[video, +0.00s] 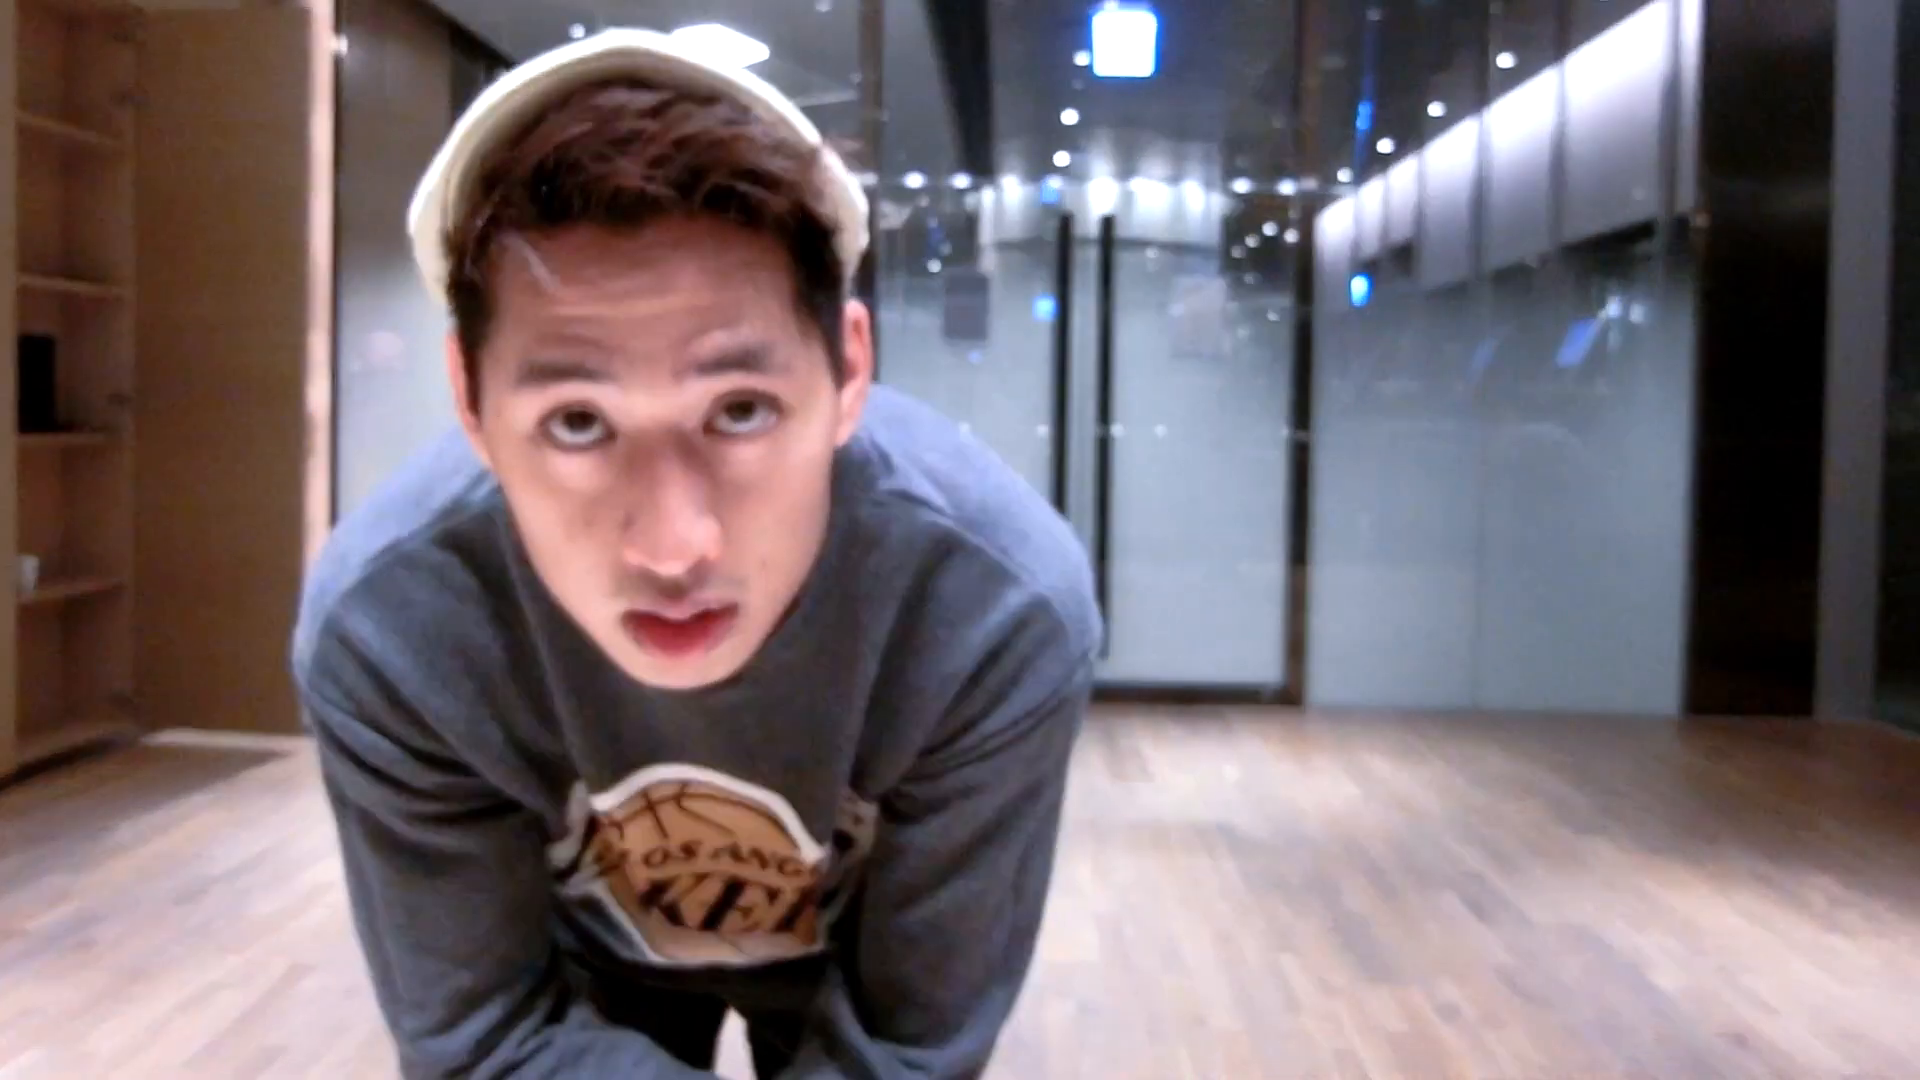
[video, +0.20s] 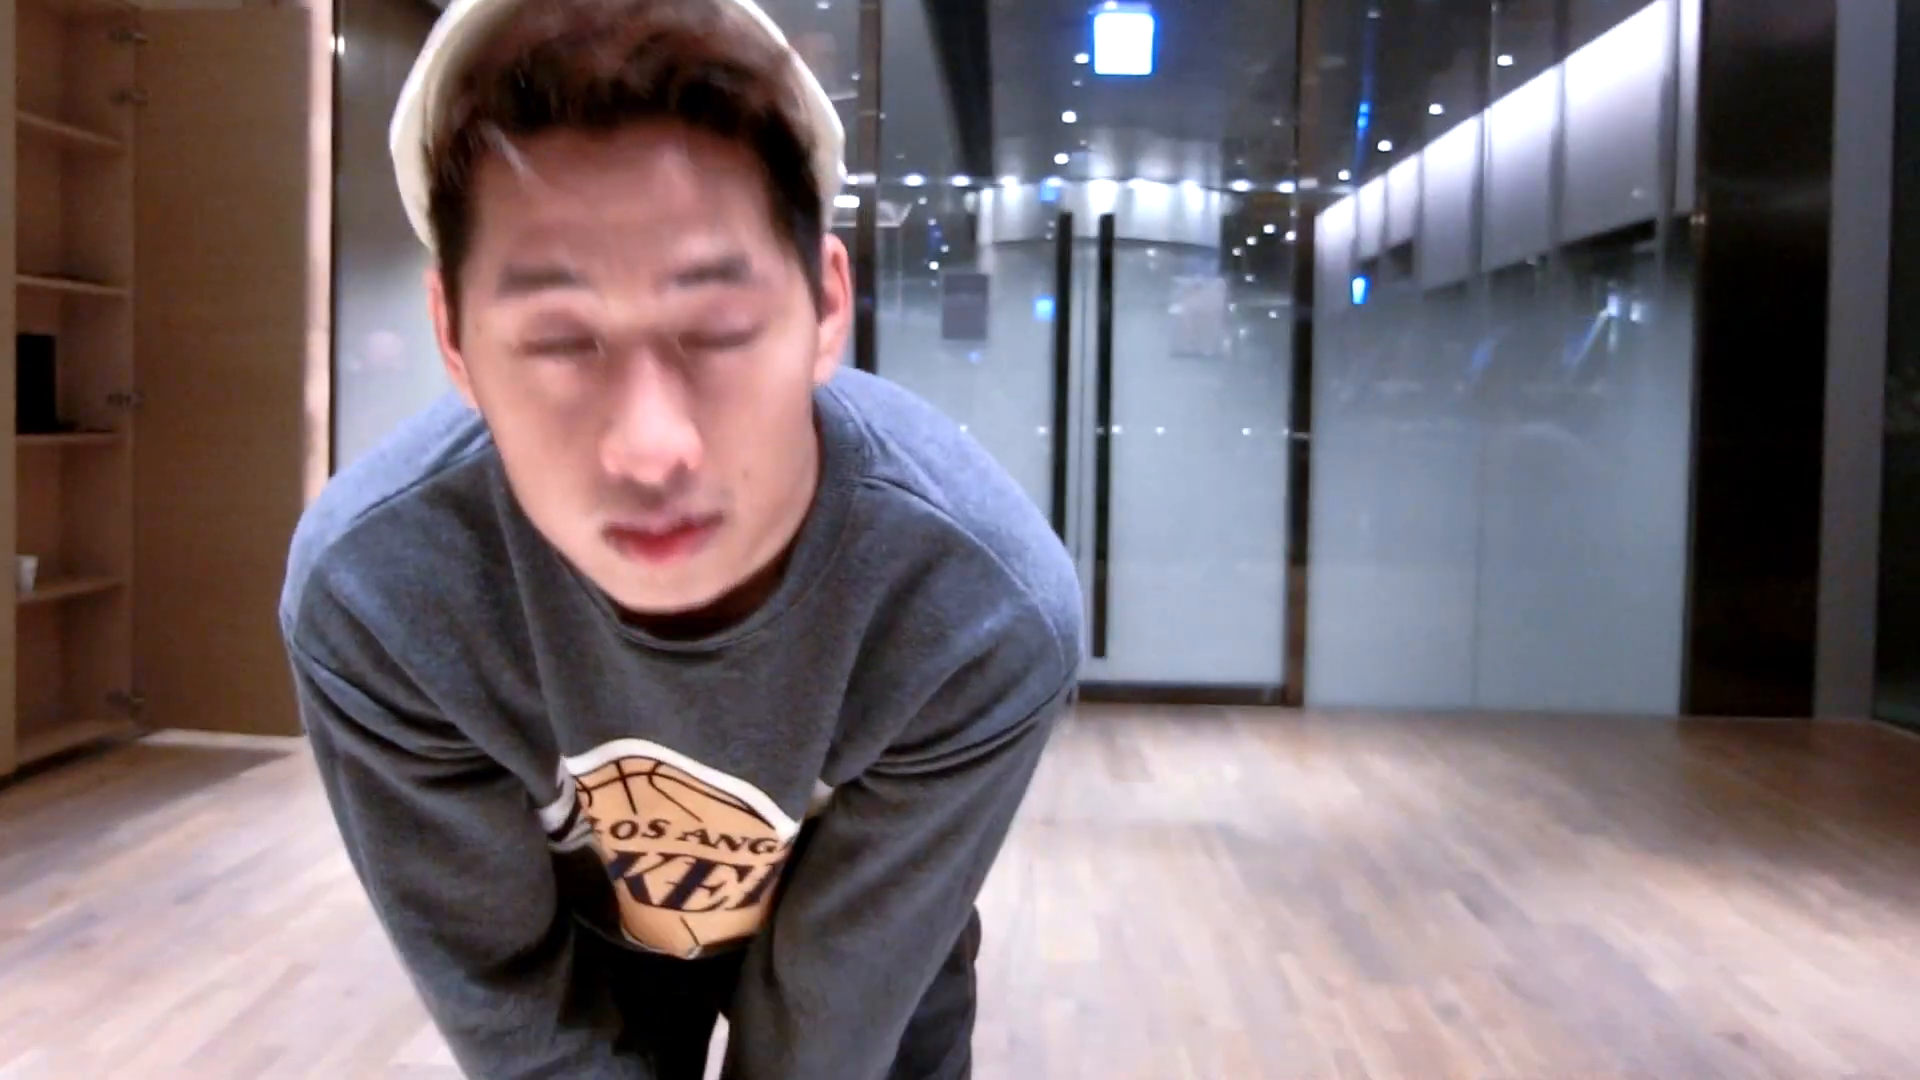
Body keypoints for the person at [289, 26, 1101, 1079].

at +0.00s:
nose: (674, 538)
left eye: (739, 410)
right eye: (577, 422)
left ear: (847, 376)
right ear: (472, 404)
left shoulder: (1002, 611)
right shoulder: (384, 629)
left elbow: (907, 1051)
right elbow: (483, 1038)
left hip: (855, 947)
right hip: (595, 948)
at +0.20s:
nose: (652, 446)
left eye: (719, 334)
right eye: (561, 343)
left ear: (828, 305)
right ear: (454, 341)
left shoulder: (987, 613)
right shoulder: (368, 591)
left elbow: (825, 1029)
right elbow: (515, 1018)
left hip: (866, 938)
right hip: (586, 950)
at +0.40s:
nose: (573, 316)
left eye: (633, 196)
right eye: (477, 221)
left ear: (767, 205)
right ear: (403, 266)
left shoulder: (993, 543)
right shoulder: (363, 583)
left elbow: (862, 976)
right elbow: (478, 990)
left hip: (848, 932)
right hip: (578, 935)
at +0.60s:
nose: (544, 355)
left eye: (578, 219)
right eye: (432, 279)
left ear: (711, 191)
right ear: (370, 331)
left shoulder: (984, 522)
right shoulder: (367, 594)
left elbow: (894, 1007)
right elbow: (461, 974)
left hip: (843, 910)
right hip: (582, 911)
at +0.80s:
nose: (557, 432)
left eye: (581, 293)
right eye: (435, 357)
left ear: (700, 247)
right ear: (358, 385)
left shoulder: (959, 543)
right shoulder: (352, 610)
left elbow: (899, 1022)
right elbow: (412, 985)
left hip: (844, 926)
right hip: (568, 923)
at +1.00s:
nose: (532, 323)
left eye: (563, 192)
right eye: (418, 244)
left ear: (688, 174)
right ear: (341, 294)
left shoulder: (936, 501)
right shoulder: (336, 548)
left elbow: (885, 985)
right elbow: (433, 931)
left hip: (833, 917)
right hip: (566, 917)